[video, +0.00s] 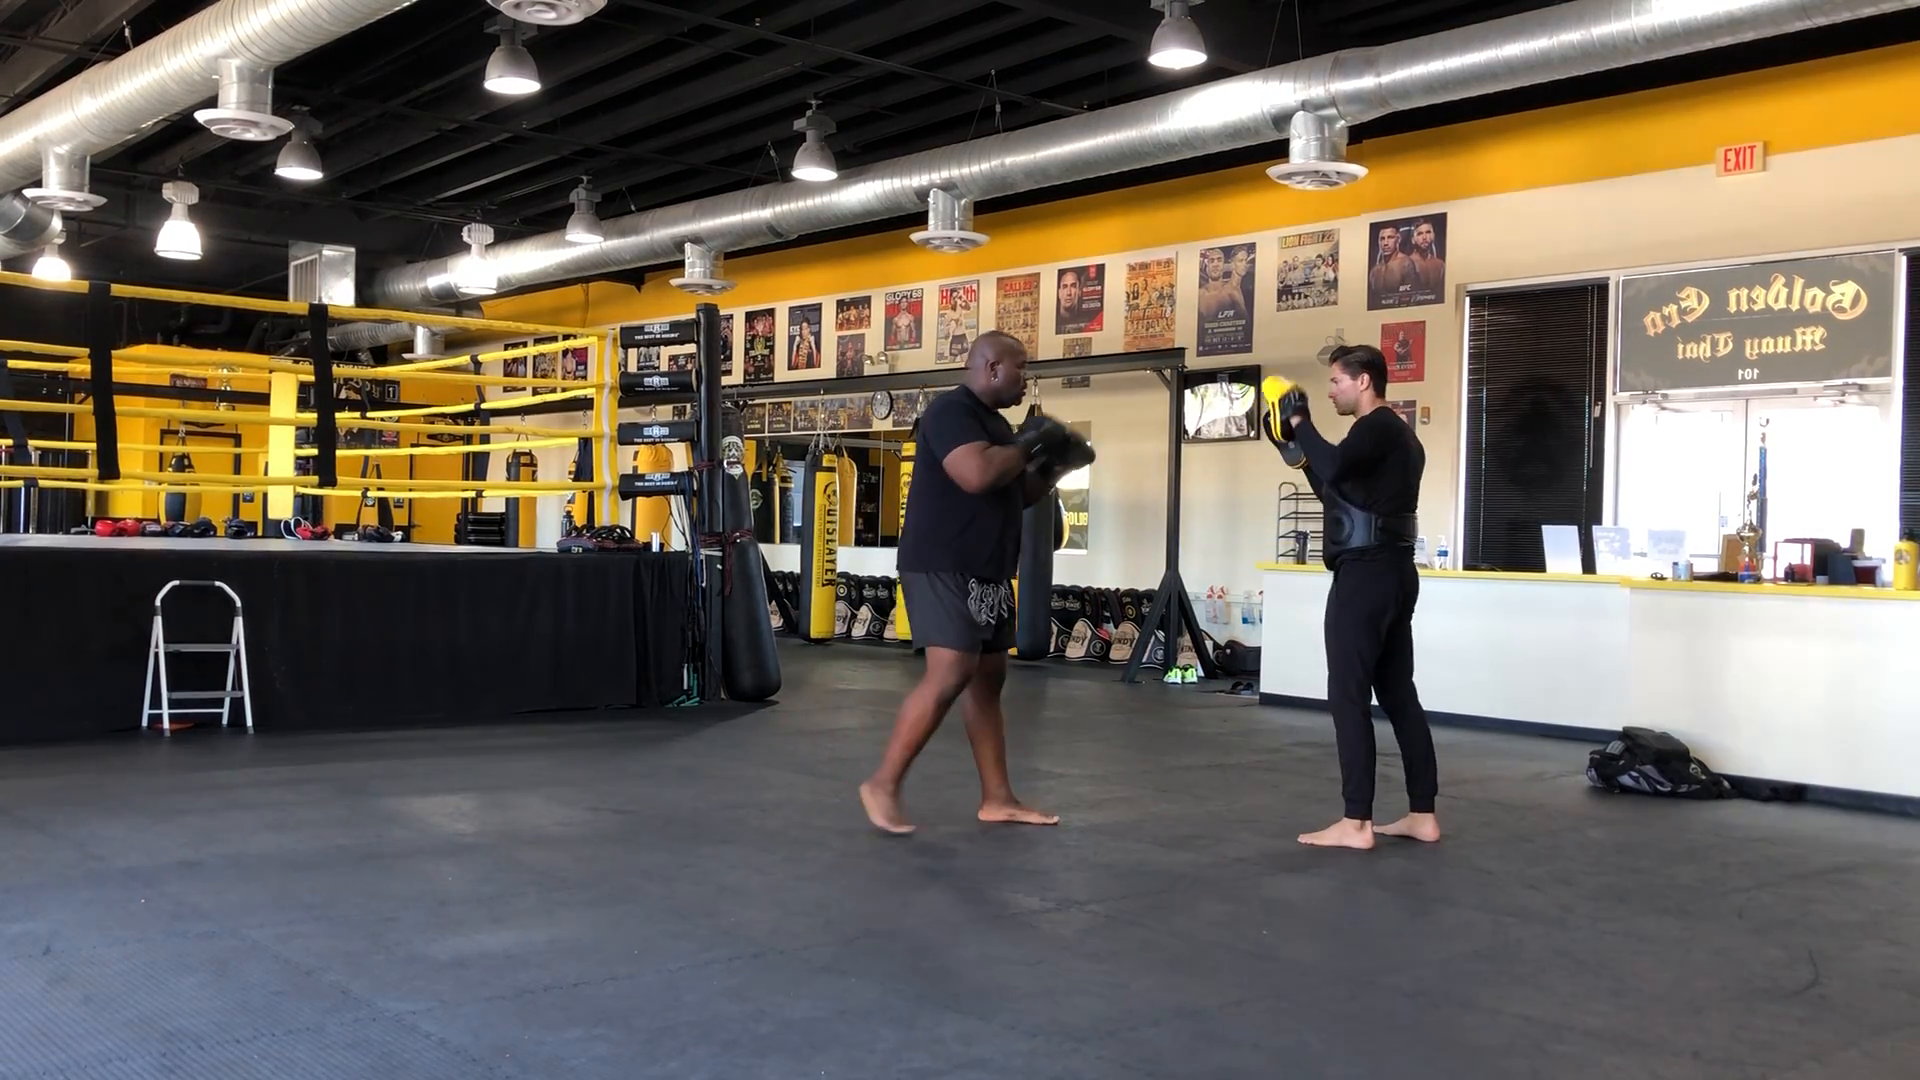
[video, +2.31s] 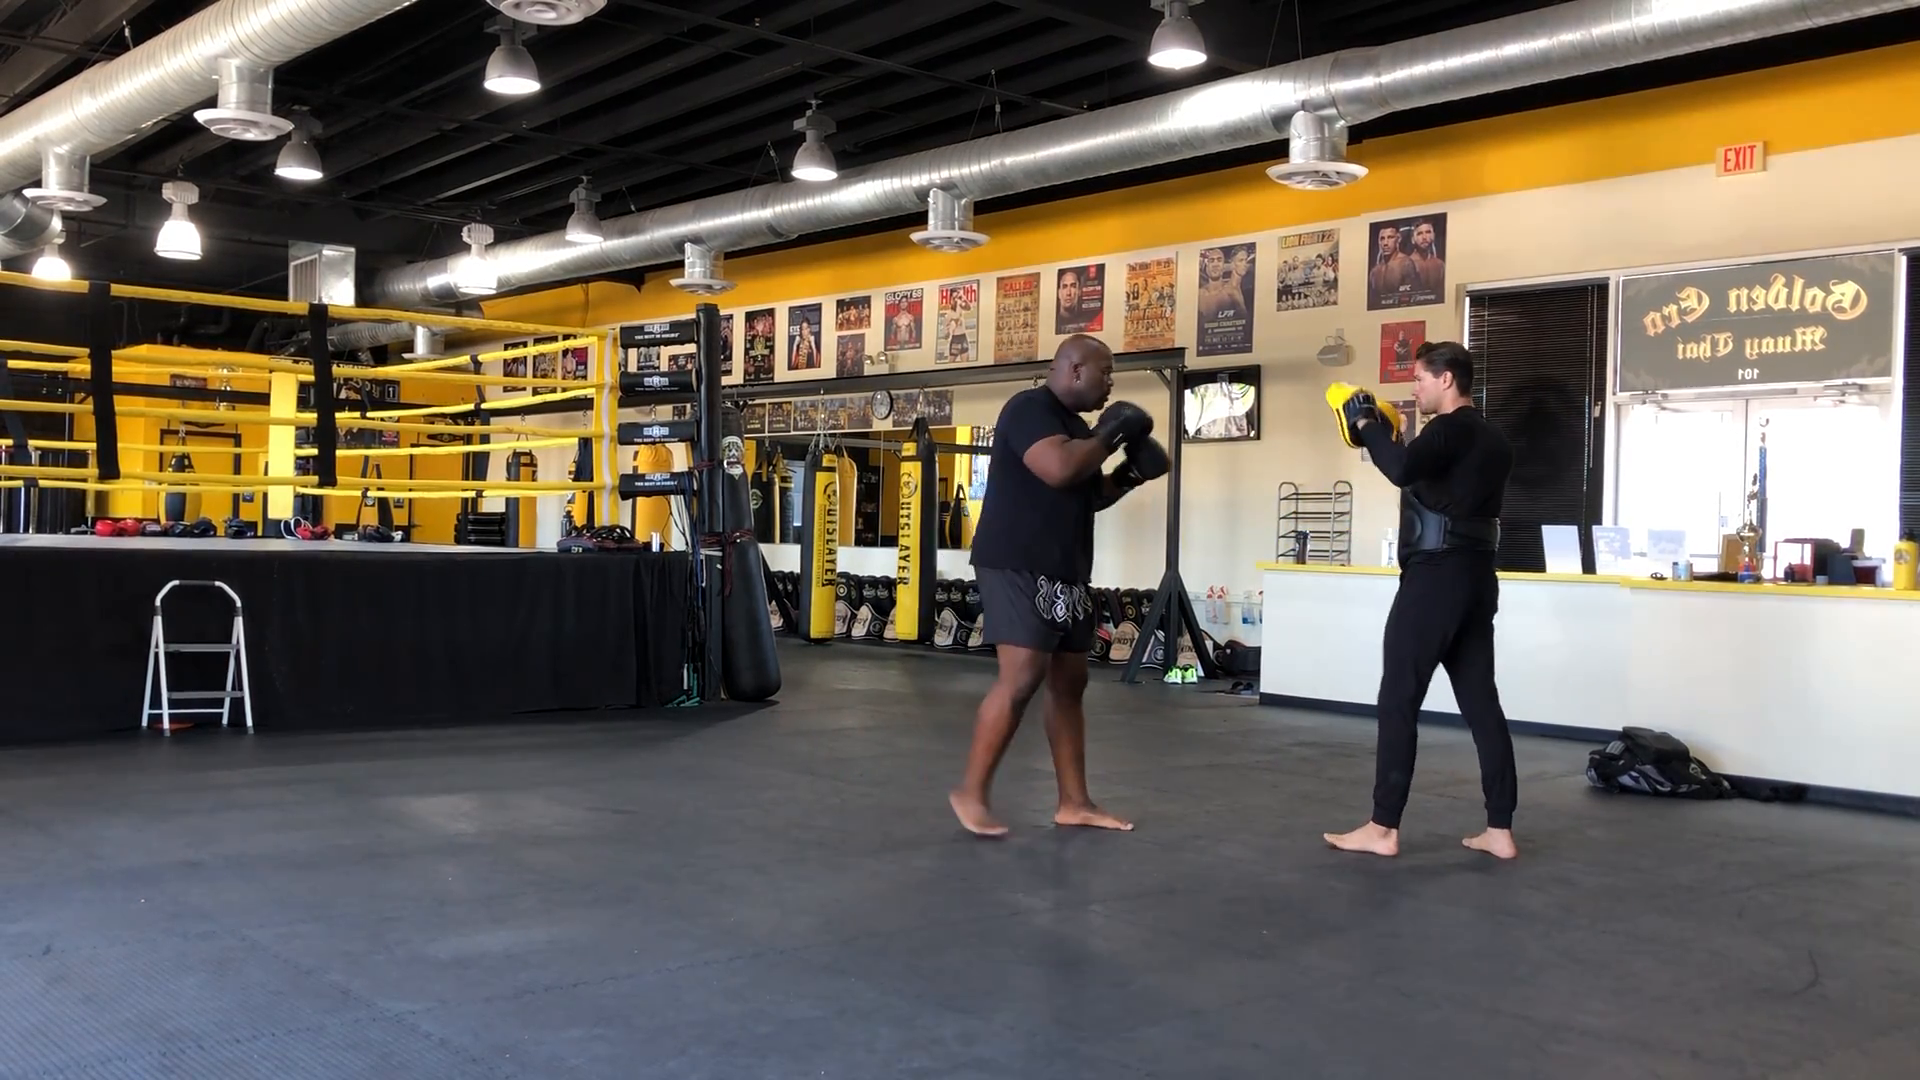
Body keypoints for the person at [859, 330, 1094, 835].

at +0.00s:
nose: (1025, 380)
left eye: (1025, 371)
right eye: (1020, 370)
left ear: (993, 368)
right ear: (990, 366)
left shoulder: (999, 428)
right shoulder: (948, 409)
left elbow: (1021, 495)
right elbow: (976, 475)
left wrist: (1053, 466)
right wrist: (1026, 443)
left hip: (987, 570)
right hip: (939, 565)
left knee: (987, 676)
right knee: (950, 669)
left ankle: (997, 798)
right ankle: (881, 785)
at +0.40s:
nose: (1038, 384)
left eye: (1039, 374)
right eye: (1032, 373)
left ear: (1003, 375)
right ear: (1000, 374)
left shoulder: (1019, 431)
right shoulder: (951, 423)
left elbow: (1041, 486)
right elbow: (977, 481)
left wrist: (1072, 458)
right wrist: (1027, 439)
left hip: (1020, 580)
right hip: (961, 581)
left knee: (1045, 673)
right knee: (956, 686)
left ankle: (1043, 786)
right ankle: (907, 806)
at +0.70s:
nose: (1077, 384)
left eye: (1077, 376)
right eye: (1071, 375)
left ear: (1043, 378)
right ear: (1041, 377)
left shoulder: (1044, 430)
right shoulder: (1010, 421)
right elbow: (1026, 486)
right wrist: (1080, 452)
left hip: (1034, 575)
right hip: (998, 573)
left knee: (1048, 672)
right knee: (998, 673)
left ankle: (1042, 792)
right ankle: (920, 788)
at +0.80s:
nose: (1087, 385)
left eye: (1086, 376)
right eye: (1080, 377)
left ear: (1044, 377)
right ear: (1052, 378)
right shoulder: (1041, 415)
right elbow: (1124, 444)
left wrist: (1167, 428)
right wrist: (1173, 425)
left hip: (1024, 564)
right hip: (1007, 562)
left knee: (1042, 668)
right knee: (990, 671)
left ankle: (1041, 792)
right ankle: (920, 789)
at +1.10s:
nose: (1099, 387)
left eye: (1099, 378)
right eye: (1094, 377)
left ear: (1063, 375)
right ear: (1066, 376)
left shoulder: (1051, 419)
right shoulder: (1041, 413)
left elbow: (1060, 480)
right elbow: (1055, 483)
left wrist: (1097, 454)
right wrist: (1105, 458)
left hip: (1028, 559)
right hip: (1006, 554)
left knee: (1036, 669)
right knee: (999, 664)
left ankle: (1041, 793)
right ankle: (930, 783)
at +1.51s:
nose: (1061, 388)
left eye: (1063, 380)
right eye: (1053, 380)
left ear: (1054, 381)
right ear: (1018, 378)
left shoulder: (1053, 432)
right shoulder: (981, 426)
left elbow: (1054, 495)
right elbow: (985, 501)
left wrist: (1084, 502)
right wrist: (1047, 464)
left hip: (1042, 574)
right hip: (986, 573)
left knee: (1051, 678)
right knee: (971, 680)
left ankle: (1042, 793)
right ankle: (934, 805)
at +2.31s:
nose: (1109, 385)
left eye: (1110, 376)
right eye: (1105, 374)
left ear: (1075, 370)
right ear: (1073, 369)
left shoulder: (1071, 431)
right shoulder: (1028, 406)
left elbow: (1085, 500)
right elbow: (1058, 468)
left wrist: (1128, 475)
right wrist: (1106, 434)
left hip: (1064, 570)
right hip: (1016, 564)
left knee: (1068, 681)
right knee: (1021, 672)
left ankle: (1074, 802)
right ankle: (970, 794)